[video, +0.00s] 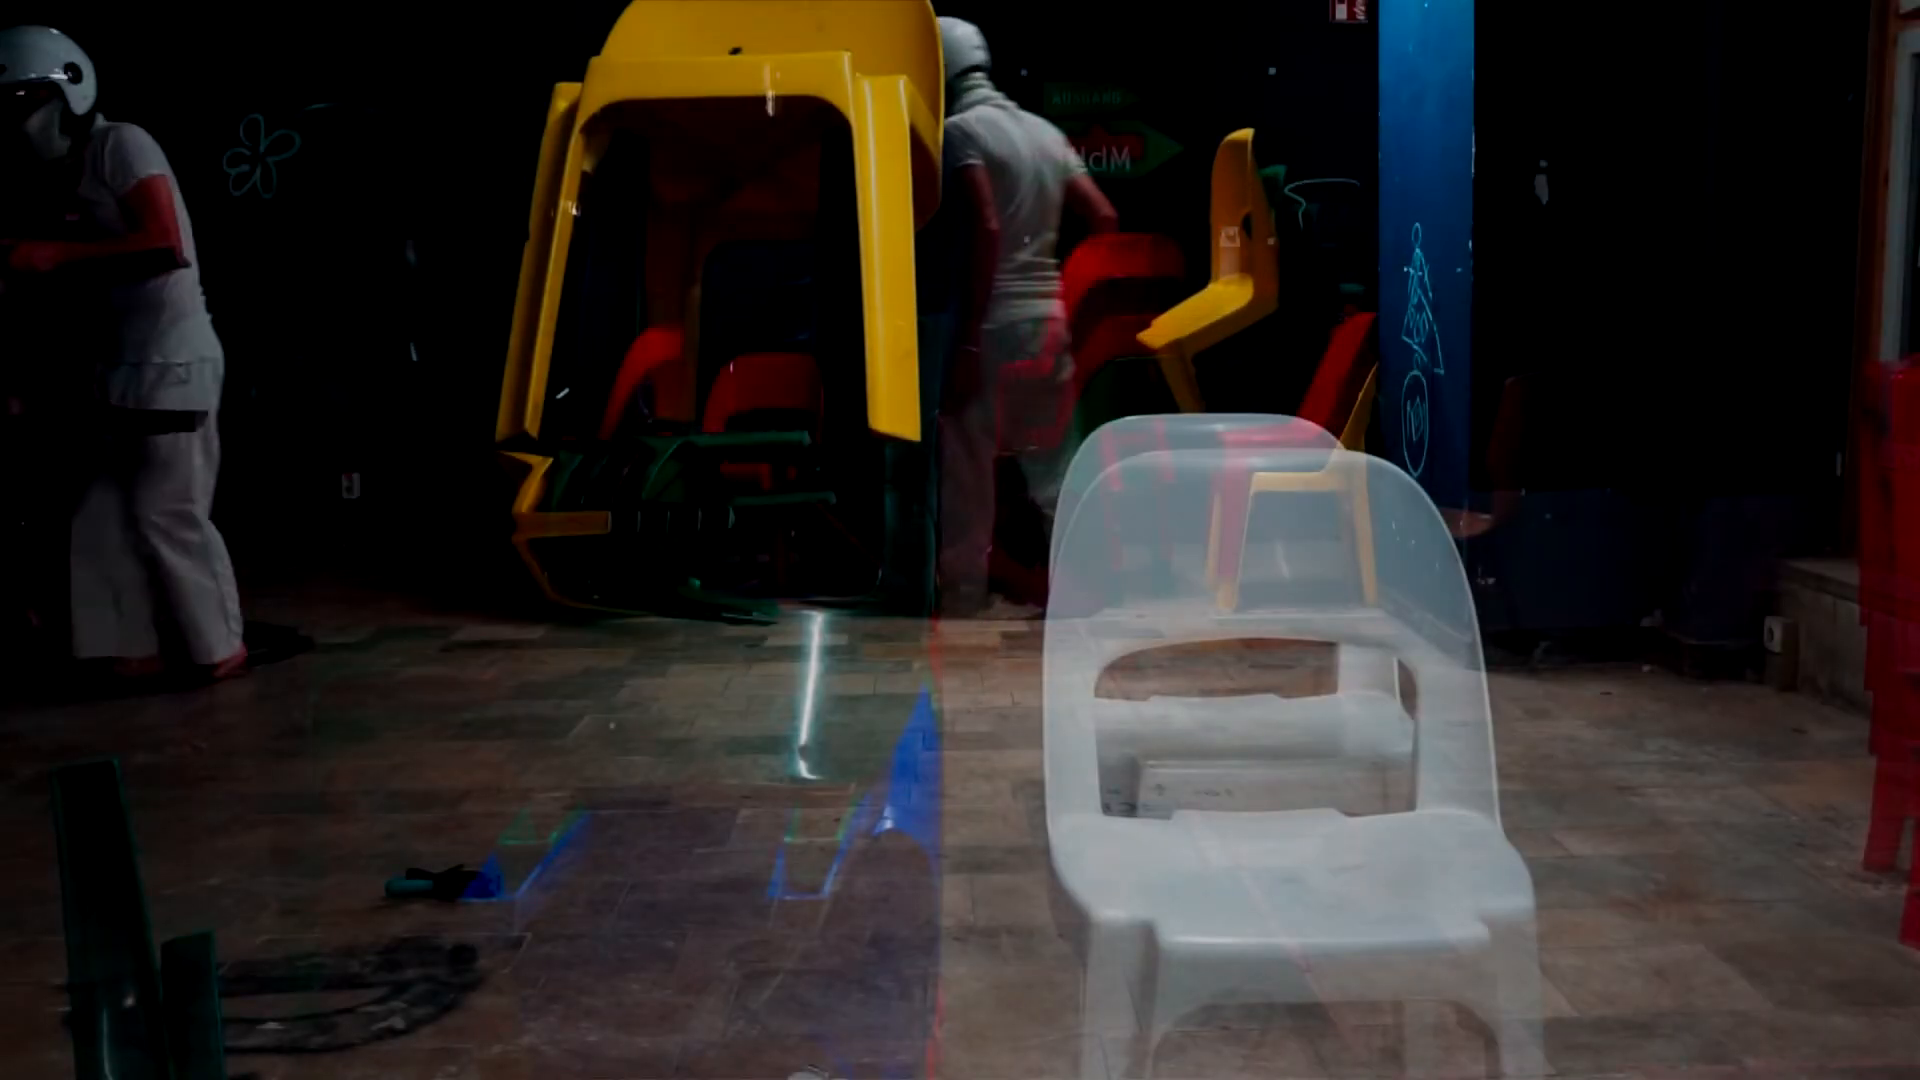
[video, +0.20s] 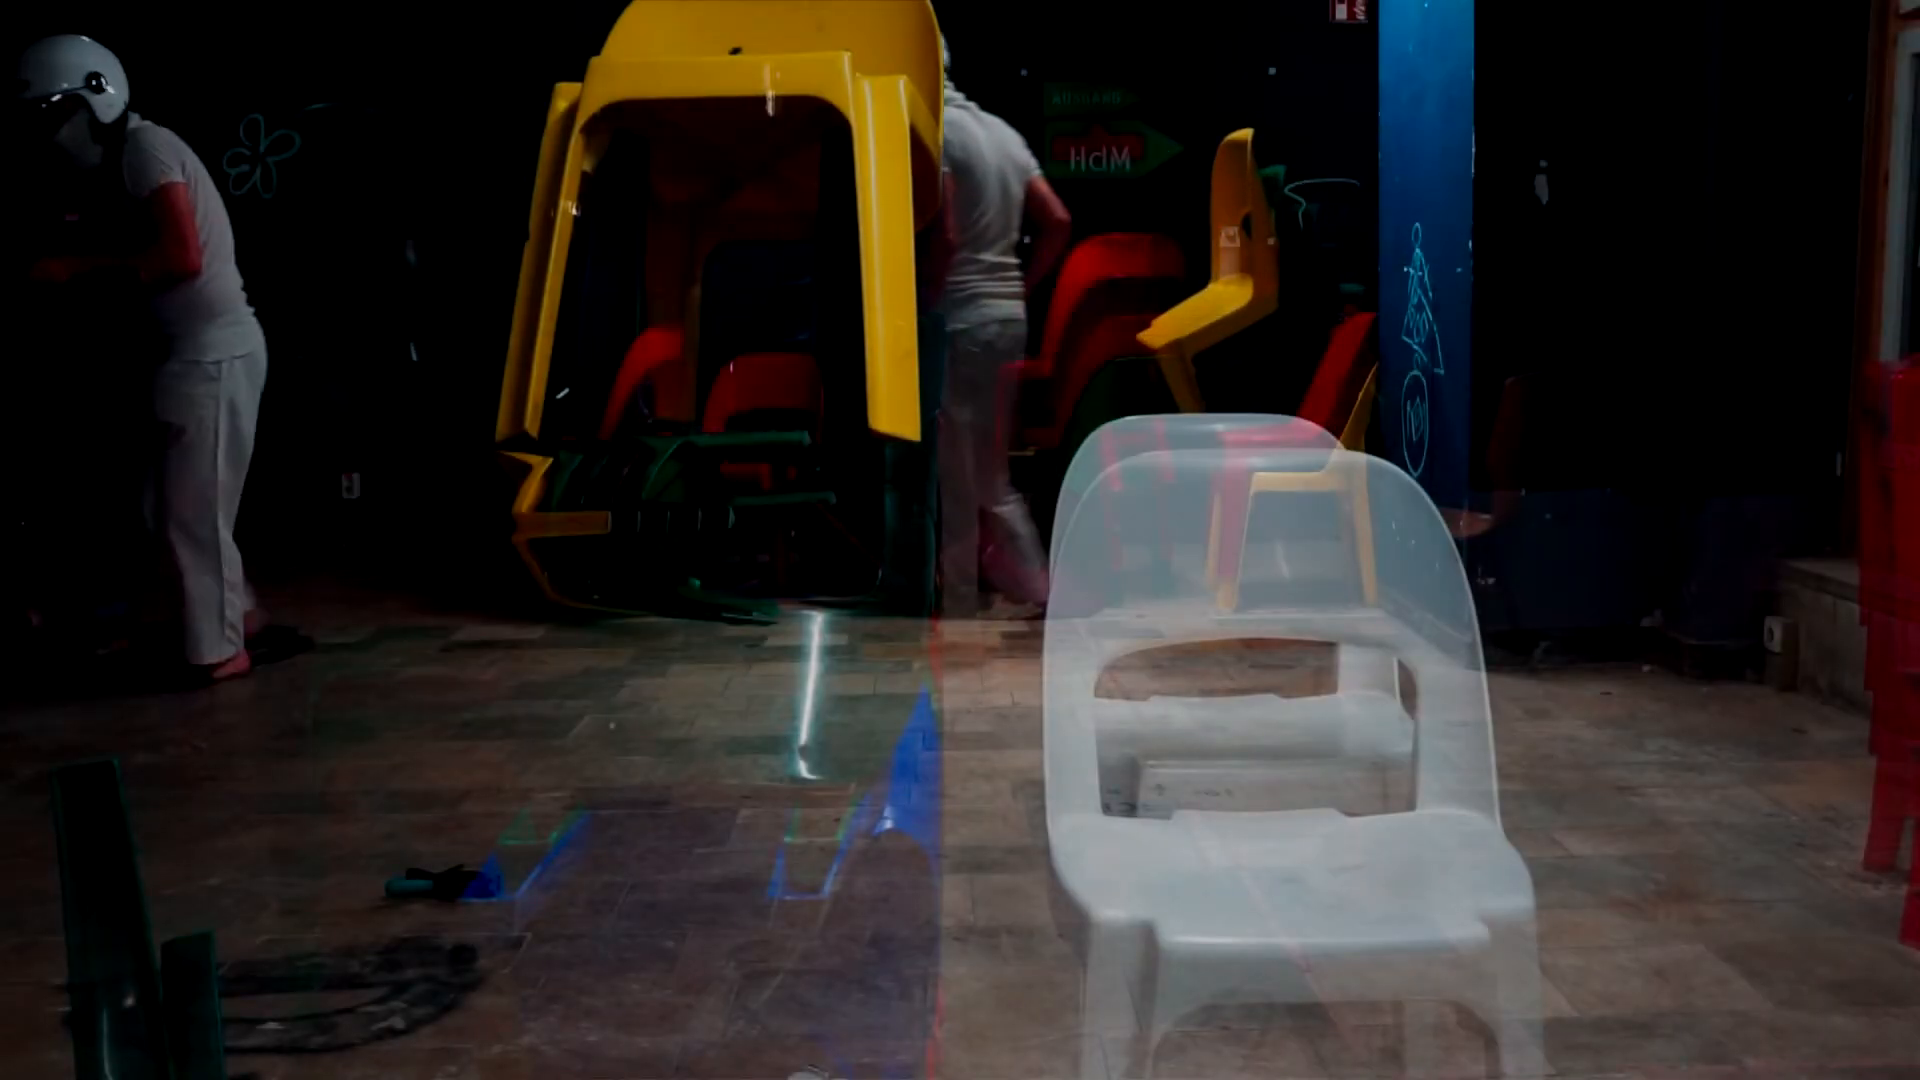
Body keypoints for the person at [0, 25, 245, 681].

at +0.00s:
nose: (23, 118)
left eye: (33, 98)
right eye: (15, 103)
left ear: (71, 90)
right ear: (19, 101)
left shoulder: (123, 145)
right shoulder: (58, 173)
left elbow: (165, 241)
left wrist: (60, 254)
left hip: (175, 359)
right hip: (115, 362)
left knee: (169, 507)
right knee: (107, 509)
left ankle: (221, 651)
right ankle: (130, 654)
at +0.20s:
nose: (55, 133)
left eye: (59, 114)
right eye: (47, 118)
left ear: (96, 98)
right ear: (95, 101)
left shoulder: (147, 149)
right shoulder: (140, 151)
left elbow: (182, 255)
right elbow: (176, 253)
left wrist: (90, 268)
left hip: (216, 355)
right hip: (203, 353)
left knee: (197, 504)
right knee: (195, 502)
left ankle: (217, 652)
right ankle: (232, 629)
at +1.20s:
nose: (188, 271)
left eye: (184, 261)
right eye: (184, 265)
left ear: (195, 244)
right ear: (218, 226)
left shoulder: (226, 242)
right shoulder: (267, 242)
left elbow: (273, 311)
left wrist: (285, 355)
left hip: (386, 315)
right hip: (415, 312)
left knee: (441, 447)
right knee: (407, 472)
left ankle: (550, 570)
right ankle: (409, 615)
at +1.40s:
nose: (195, 296)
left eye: (189, 285)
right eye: (188, 289)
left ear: (198, 264)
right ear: (218, 251)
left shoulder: (234, 260)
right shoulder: (270, 256)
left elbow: (273, 350)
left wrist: (266, 402)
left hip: (394, 320)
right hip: (417, 317)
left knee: (461, 445)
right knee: (392, 467)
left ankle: (565, 572)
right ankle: (404, 617)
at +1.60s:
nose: (205, 309)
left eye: (199, 299)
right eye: (198, 303)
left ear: (207, 277)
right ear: (228, 261)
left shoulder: (241, 270)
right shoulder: (280, 265)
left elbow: (269, 362)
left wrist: (261, 422)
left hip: (403, 326)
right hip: (429, 322)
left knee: (468, 459)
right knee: (394, 472)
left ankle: (564, 587)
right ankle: (402, 618)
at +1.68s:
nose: (210, 308)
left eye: (204, 299)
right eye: (203, 302)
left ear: (213, 276)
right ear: (231, 264)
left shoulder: (244, 269)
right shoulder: (284, 269)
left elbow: (266, 365)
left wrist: (264, 421)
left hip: (405, 327)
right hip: (430, 324)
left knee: (470, 460)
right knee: (395, 471)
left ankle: (566, 590)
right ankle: (401, 619)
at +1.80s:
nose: (218, 306)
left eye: (212, 297)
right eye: (213, 301)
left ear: (219, 276)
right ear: (237, 261)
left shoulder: (246, 270)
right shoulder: (303, 272)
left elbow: (262, 370)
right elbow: (374, 370)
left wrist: (256, 434)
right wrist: (367, 443)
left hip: (409, 330)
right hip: (433, 326)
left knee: (475, 463)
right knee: (396, 469)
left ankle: (571, 589)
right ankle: (402, 620)